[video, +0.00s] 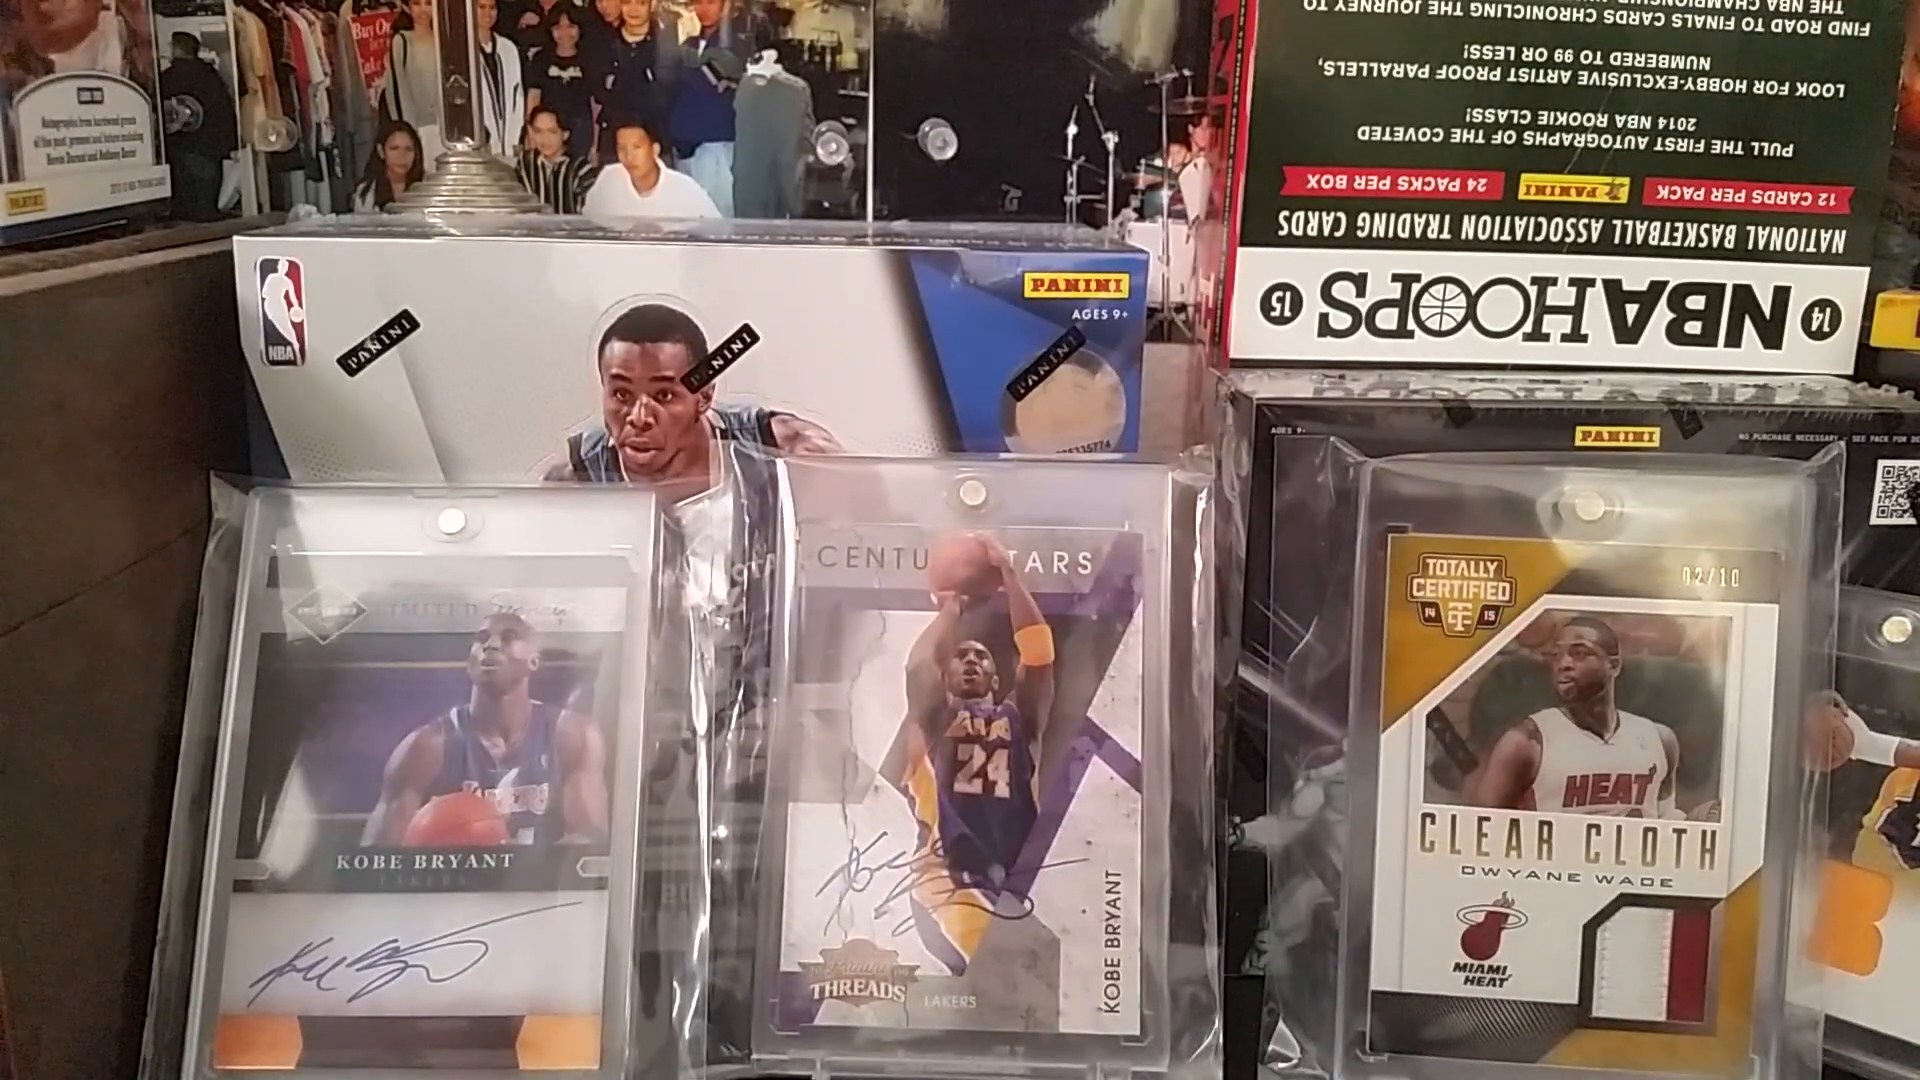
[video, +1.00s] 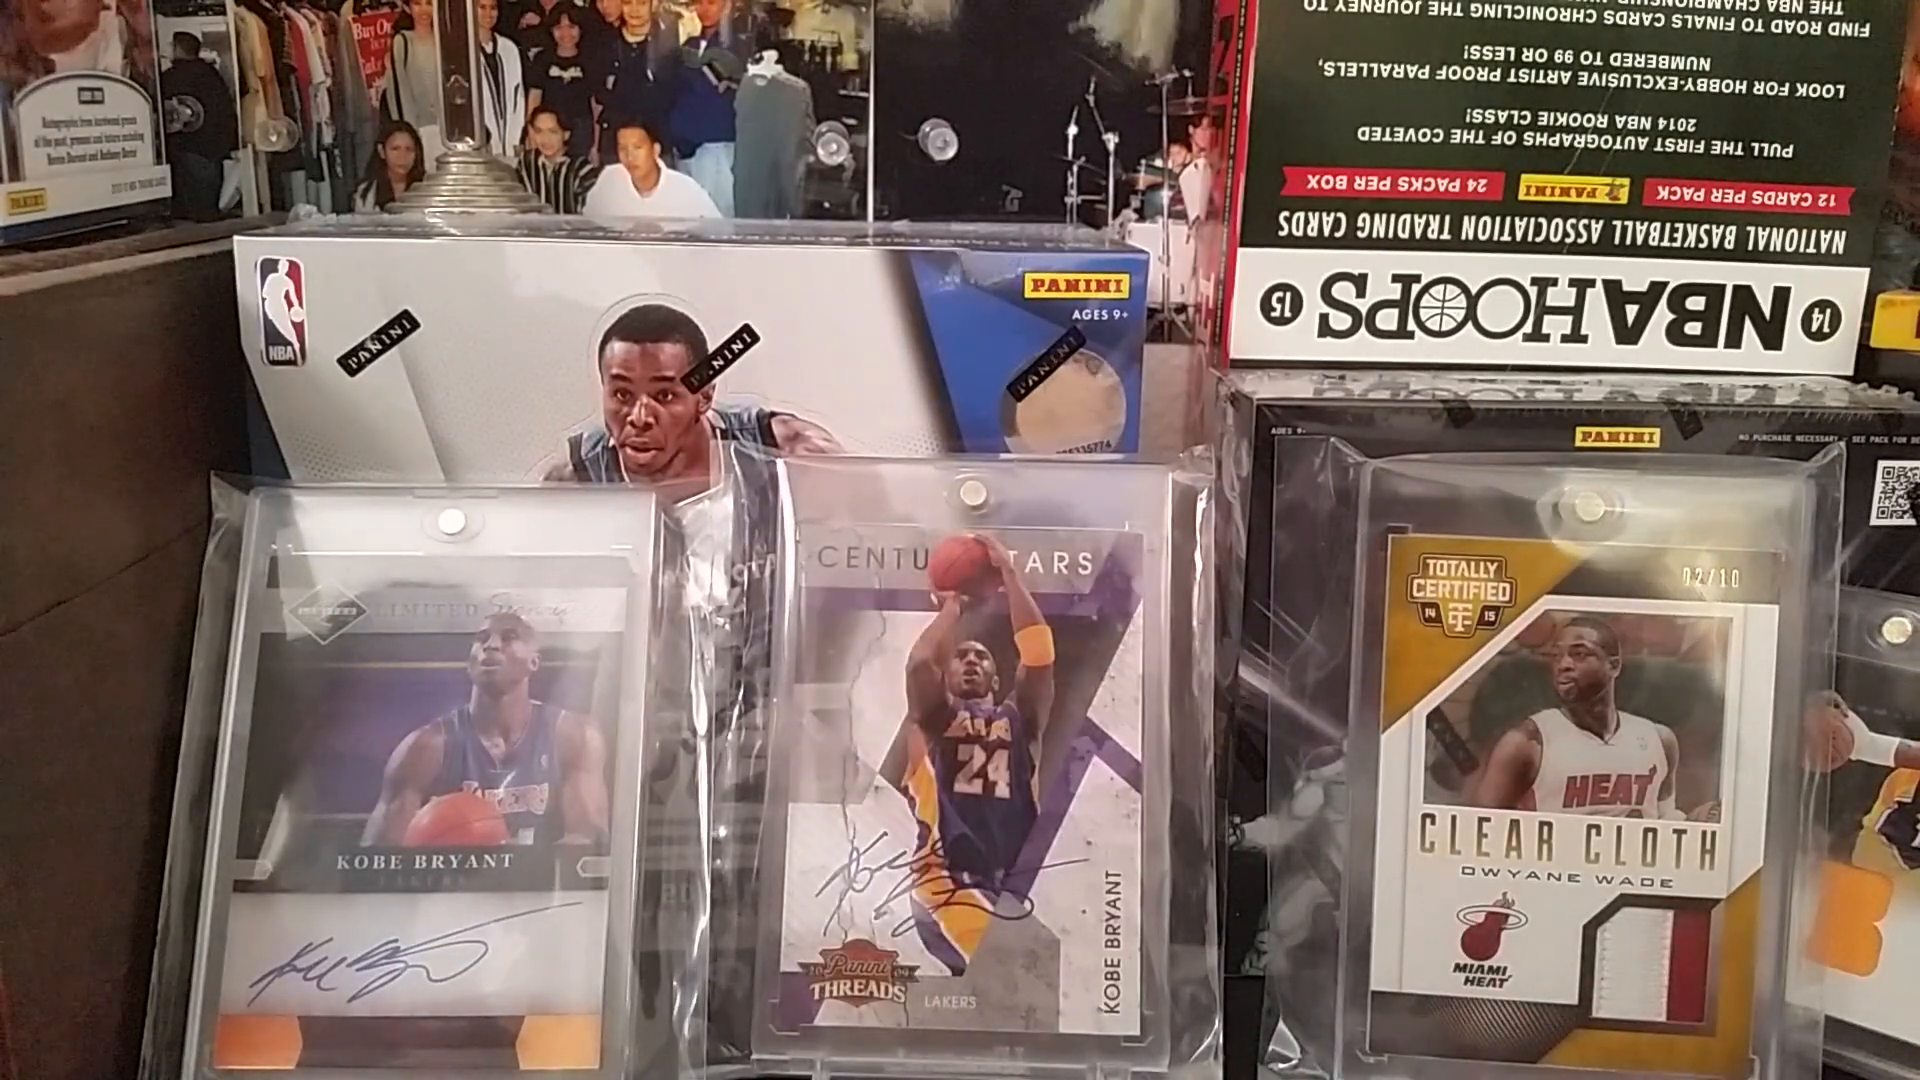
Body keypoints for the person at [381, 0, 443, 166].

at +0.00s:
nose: (423, 9)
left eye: (428, 3)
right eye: (417, 4)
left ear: (434, 7)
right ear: (407, 8)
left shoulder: (441, 37)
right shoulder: (401, 40)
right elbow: (400, 83)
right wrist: (408, 123)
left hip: (445, 115)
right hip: (418, 118)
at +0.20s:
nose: (423, 9)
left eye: (428, 3)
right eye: (417, 4)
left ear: (434, 7)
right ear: (407, 8)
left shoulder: (442, 38)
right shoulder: (401, 41)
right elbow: (399, 84)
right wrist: (408, 125)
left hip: (445, 117)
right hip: (419, 120)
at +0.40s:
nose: (423, 9)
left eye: (428, 3)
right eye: (417, 4)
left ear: (434, 7)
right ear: (406, 8)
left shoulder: (441, 38)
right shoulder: (401, 40)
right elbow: (399, 83)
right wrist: (408, 124)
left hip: (445, 117)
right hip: (419, 119)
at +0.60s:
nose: (423, 9)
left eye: (428, 3)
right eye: (417, 4)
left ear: (434, 7)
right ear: (407, 8)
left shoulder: (441, 38)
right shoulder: (401, 40)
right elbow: (400, 83)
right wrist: (409, 124)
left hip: (445, 117)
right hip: (419, 119)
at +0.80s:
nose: (424, 9)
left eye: (428, 3)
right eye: (417, 4)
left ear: (435, 7)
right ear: (407, 8)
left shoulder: (441, 38)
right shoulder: (401, 40)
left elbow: (451, 77)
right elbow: (400, 84)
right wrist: (409, 125)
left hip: (445, 117)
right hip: (418, 119)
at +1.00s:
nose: (424, 10)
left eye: (429, 4)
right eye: (417, 4)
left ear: (435, 7)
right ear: (408, 8)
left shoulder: (442, 38)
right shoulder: (402, 40)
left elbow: (452, 77)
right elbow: (401, 84)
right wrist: (409, 124)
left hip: (445, 117)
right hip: (419, 120)